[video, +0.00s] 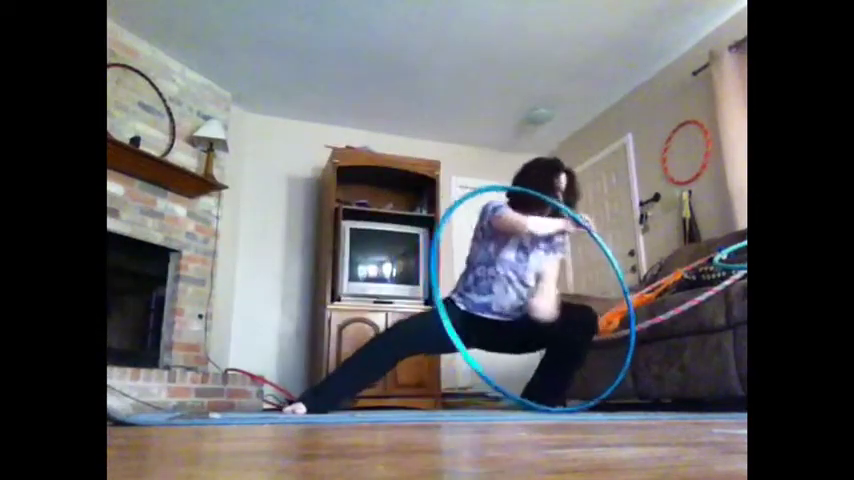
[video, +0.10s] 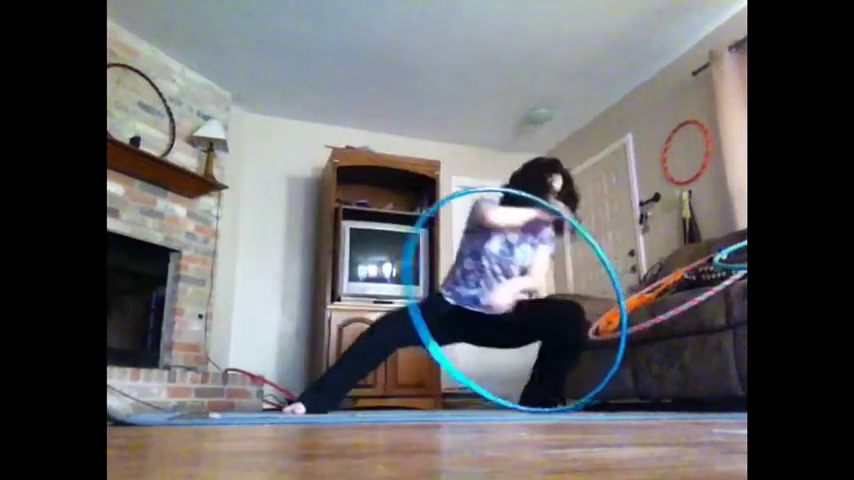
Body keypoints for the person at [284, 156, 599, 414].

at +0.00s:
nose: (554, 205)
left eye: (561, 199)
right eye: (549, 193)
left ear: (568, 204)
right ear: (529, 189)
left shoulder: (554, 241)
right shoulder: (495, 209)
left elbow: (542, 302)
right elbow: (519, 225)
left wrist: (553, 318)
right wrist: (557, 224)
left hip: (510, 326)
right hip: (462, 319)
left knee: (580, 321)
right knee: (398, 338)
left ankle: (537, 409)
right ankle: (308, 406)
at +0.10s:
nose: (552, 210)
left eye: (560, 205)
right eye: (547, 197)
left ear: (565, 207)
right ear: (527, 190)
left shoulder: (545, 238)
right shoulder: (488, 204)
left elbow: (539, 285)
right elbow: (491, 220)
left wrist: (518, 289)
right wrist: (538, 216)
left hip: (498, 321)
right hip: (449, 311)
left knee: (569, 317)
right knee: (386, 330)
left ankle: (539, 406)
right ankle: (310, 405)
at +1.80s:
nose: (366, 175)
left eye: (370, 167)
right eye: (357, 171)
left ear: (382, 167)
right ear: (348, 178)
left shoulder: (402, 191)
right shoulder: (350, 215)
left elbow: (412, 132)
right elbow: (369, 251)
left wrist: (352, 133)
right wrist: (373, 198)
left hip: (402, 311)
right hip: (354, 310)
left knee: (477, 327)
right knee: (304, 301)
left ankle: (530, 402)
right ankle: (294, 399)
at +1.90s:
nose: (391, 180)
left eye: (395, 172)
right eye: (382, 176)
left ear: (407, 171)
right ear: (377, 187)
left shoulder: (426, 201)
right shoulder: (382, 221)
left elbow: (453, 141)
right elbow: (412, 247)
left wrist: (400, 146)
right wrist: (428, 197)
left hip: (423, 309)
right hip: (375, 304)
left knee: (496, 319)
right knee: (320, 307)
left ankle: (531, 401)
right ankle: (294, 402)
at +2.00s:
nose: (413, 184)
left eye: (414, 176)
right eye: (405, 181)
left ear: (427, 174)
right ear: (396, 189)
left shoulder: (451, 192)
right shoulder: (400, 222)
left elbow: (486, 148)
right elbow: (439, 252)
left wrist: (439, 155)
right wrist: (456, 198)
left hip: (438, 308)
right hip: (390, 306)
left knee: (510, 316)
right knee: (336, 311)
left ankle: (533, 403)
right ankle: (290, 403)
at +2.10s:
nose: (452, 196)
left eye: (455, 187)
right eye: (442, 191)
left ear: (467, 184)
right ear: (433, 197)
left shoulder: (486, 199)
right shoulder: (438, 232)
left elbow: (536, 161)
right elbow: (484, 263)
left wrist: (497, 160)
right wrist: (529, 223)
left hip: (468, 307)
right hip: (417, 307)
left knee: (538, 315)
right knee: (361, 321)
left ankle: (535, 402)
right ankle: (287, 406)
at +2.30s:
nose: (500, 209)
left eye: (503, 201)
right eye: (494, 204)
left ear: (512, 201)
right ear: (484, 207)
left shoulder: (526, 213)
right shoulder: (479, 246)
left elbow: (580, 196)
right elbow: (525, 284)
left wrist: (554, 176)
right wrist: (584, 278)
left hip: (495, 315)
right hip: (447, 313)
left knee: (557, 316)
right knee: (375, 350)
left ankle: (534, 409)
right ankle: (288, 405)